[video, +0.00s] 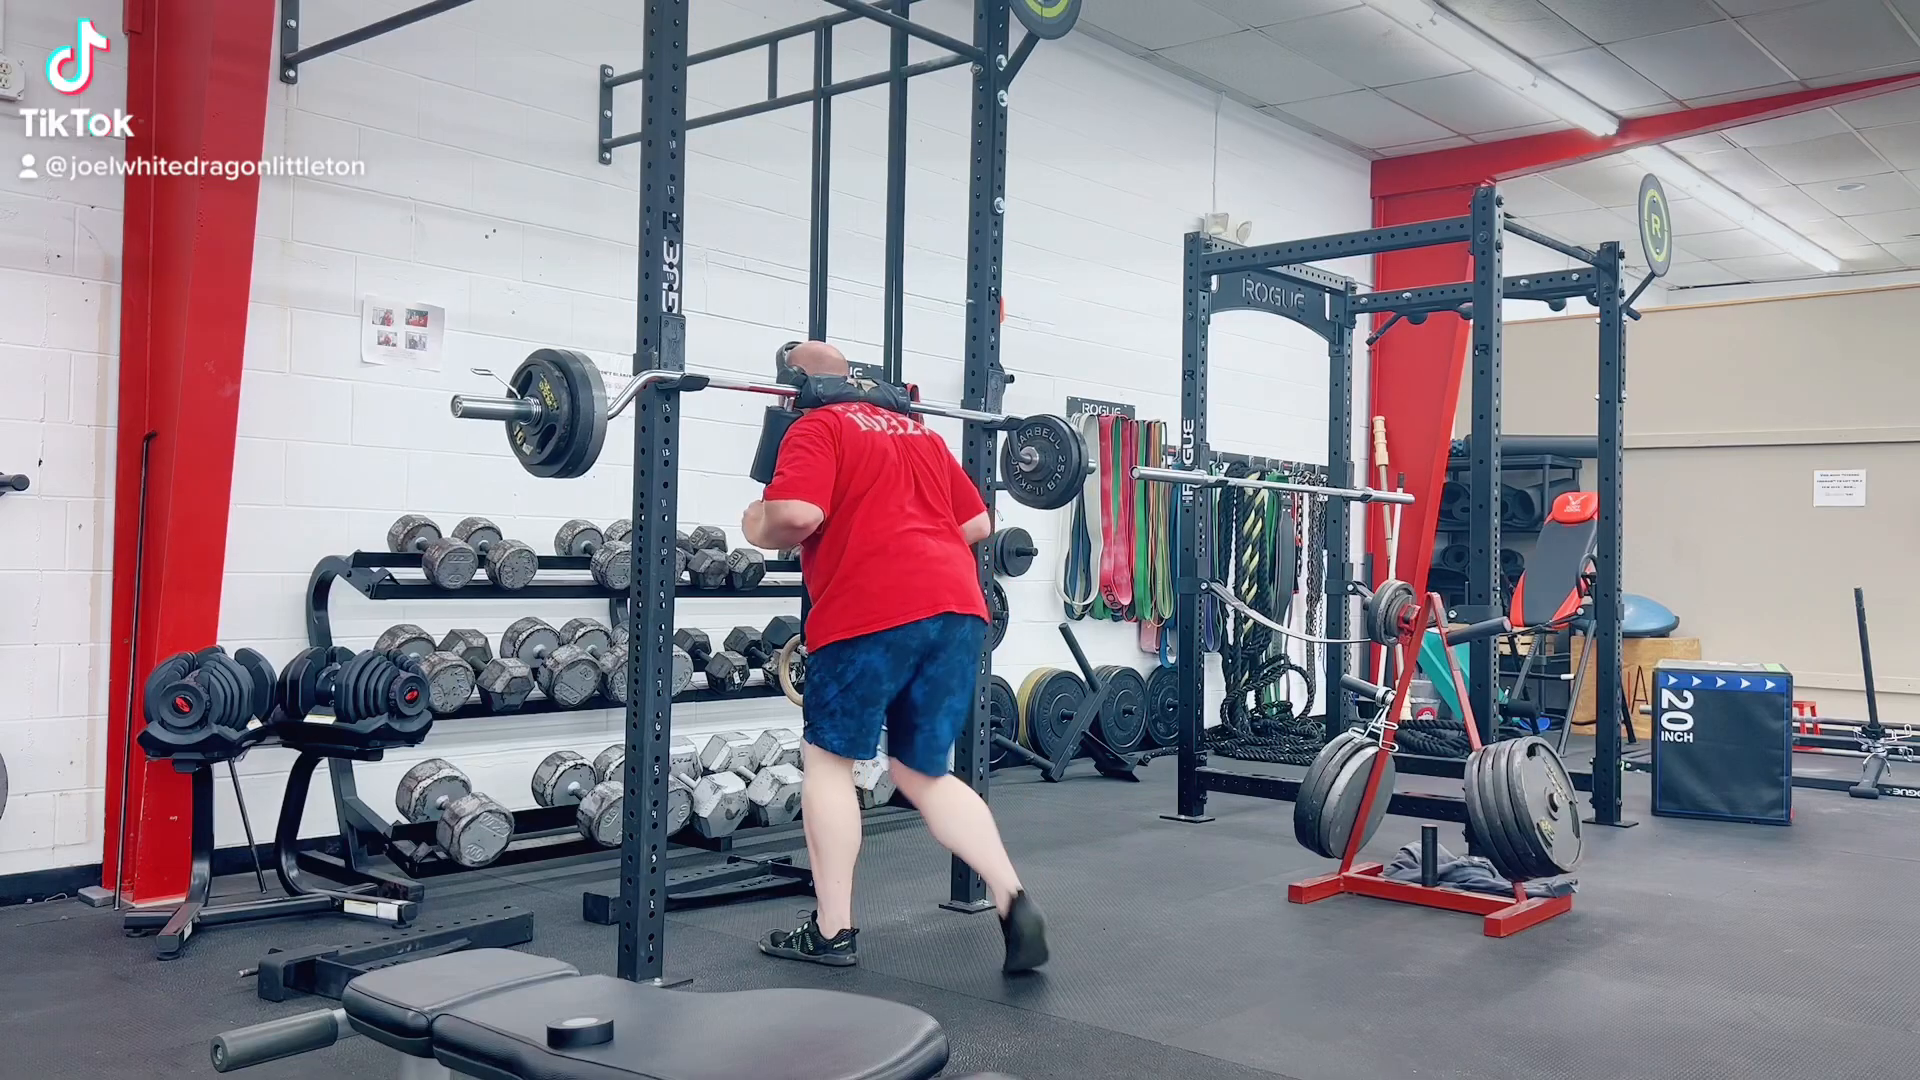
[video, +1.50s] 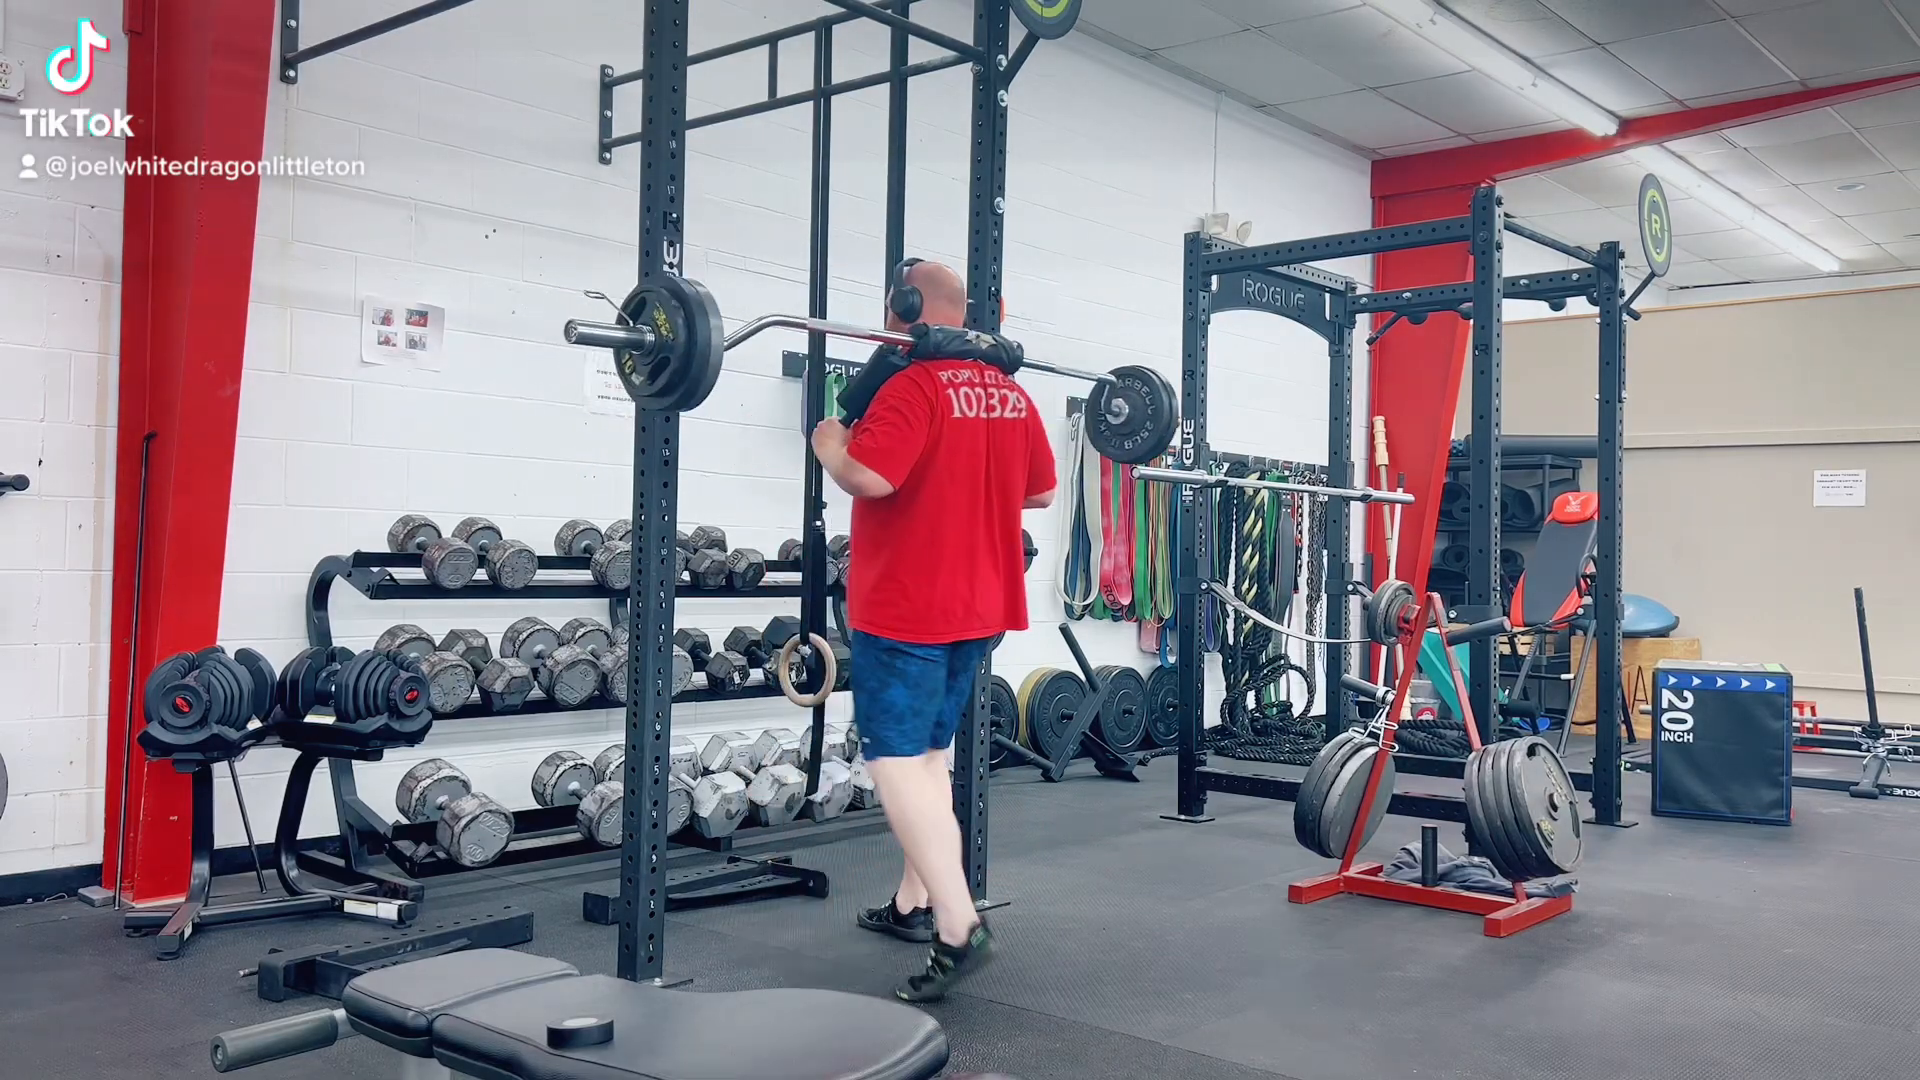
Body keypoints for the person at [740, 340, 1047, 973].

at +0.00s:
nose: (784, 397)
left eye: (785, 388)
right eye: (785, 386)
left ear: (799, 390)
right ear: (851, 378)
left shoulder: (816, 427)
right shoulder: (918, 431)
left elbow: (801, 514)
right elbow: (978, 522)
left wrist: (760, 526)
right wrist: (911, 544)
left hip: (870, 608)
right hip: (959, 606)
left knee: (830, 759)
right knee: (920, 769)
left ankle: (833, 929)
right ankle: (1012, 896)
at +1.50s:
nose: (887, 322)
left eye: (889, 312)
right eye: (891, 309)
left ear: (905, 318)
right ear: (965, 317)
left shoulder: (914, 383)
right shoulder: (1009, 390)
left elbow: (872, 477)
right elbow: (1041, 487)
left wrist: (830, 444)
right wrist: (967, 480)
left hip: (907, 605)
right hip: (977, 603)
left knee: (894, 759)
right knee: (931, 756)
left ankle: (962, 924)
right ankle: (912, 901)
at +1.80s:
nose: (972, 310)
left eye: (975, 297)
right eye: (974, 297)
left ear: (998, 294)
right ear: (1050, 291)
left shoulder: (1014, 361)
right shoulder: (1112, 374)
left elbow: (974, 460)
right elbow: (1148, 483)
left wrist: (919, 433)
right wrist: (1067, 494)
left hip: (1003, 607)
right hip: (1085, 607)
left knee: (984, 775)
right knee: (1067, 763)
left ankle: (989, 971)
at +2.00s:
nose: (1053, 298)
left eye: (1052, 287)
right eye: (1056, 285)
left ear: (1067, 288)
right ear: (1131, 280)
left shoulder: (1092, 349)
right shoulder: (1191, 357)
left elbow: (1067, 454)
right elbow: (1230, 472)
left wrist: (1002, 432)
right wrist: (1142, 472)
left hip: (1091, 598)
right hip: (1177, 598)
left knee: (1036, 766)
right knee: (1146, 765)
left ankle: (1036, 974)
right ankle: (1167, 964)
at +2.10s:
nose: (1064, 296)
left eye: (1065, 285)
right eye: (1066, 283)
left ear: (1082, 283)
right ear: (1146, 278)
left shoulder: (1105, 351)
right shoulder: (1206, 358)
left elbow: (1073, 456)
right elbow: (1239, 472)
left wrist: (1011, 430)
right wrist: (1153, 467)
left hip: (1105, 606)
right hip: (1186, 602)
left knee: (1082, 780)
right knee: (1153, 775)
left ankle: (1100, 1000)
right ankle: (1166, 966)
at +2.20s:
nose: (1063, 294)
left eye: (1064, 281)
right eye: (1066, 280)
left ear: (1083, 280)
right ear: (1142, 275)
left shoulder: (1104, 347)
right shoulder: (1208, 357)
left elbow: (1066, 452)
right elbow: (1239, 471)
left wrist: (1006, 427)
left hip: (1112, 606)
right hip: (1189, 601)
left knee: (1108, 793)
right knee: (1157, 782)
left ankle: (1108, 1010)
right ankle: (1166, 965)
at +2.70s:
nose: (1089, 294)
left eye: (1090, 282)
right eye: (1092, 281)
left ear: (1106, 281)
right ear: (1176, 277)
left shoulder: (1128, 342)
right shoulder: (1234, 356)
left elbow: (1106, 445)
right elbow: (1277, 469)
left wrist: (1043, 437)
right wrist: (1194, 482)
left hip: (1134, 606)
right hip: (1221, 603)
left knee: (1113, 792)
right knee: (1197, 778)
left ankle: (1095, 1007)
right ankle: (1216, 974)